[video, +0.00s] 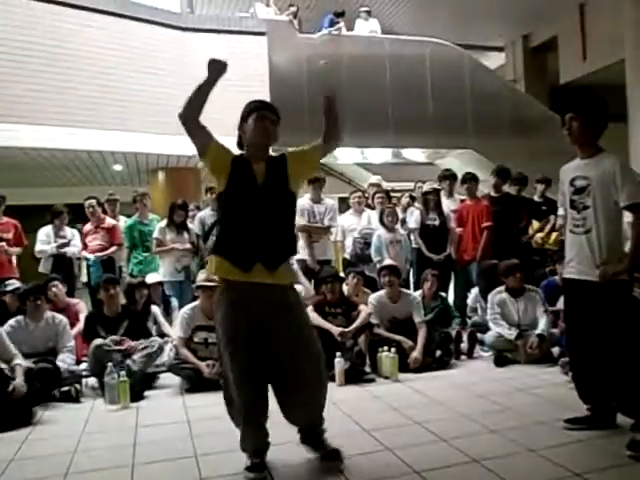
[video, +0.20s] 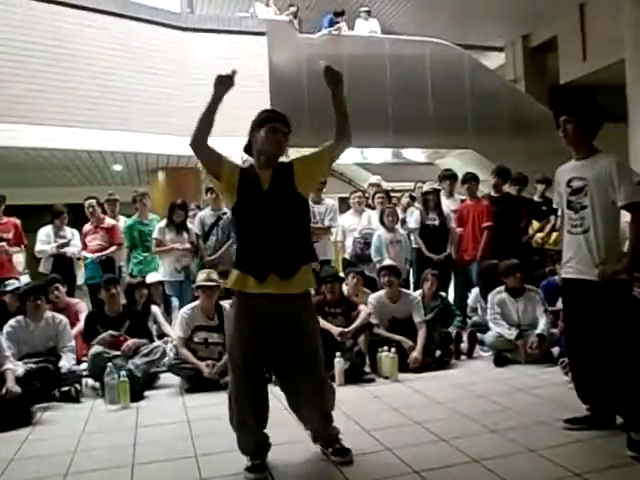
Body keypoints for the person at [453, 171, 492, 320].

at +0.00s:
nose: (466, 188)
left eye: (470, 184)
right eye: (464, 184)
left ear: (476, 185)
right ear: (462, 186)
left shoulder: (483, 206)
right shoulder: (461, 207)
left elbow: (486, 230)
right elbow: (458, 230)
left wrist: (479, 254)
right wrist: (454, 250)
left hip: (476, 255)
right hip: (462, 255)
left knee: (477, 291)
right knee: (459, 292)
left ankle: (479, 318)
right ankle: (459, 317)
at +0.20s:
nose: (467, 188)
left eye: (470, 184)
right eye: (465, 184)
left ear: (476, 185)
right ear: (462, 186)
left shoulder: (484, 206)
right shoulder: (462, 207)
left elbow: (486, 229)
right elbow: (458, 229)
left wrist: (479, 254)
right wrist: (455, 250)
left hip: (476, 255)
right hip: (462, 255)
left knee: (477, 291)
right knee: (460, 292)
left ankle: (479, 318)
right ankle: (460, 317)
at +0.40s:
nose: (468, 188)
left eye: (471, 184)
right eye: (466, 185)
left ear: (477, 186)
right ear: (463, 187)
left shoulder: (484, 206)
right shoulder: (462, 207)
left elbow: (487, 230)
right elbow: (457, 229)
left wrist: (480, 254)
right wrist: (454, 250)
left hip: (476, 255)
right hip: (462, 255)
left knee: (477, 291)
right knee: (460, 293)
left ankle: (479, 320)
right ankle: (460, 320)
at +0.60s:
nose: (468, 187)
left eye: (470, 184)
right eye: (465, 184)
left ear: (477, 185)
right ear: (463, 186)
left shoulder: (484, 205)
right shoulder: (462, 207)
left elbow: (487, 230)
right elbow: (457, 229)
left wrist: (479, 253)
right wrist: (454, 249)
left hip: (477, 256)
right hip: (461, 256)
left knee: (479, 293)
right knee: (459, 295)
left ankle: (483, 324)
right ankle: (460, 325)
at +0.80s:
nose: (469, 187)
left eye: (471, 184)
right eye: (466, 185)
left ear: (478, 185)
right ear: (464, 187)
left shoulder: (484, 205)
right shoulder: (462, 208)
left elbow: (487, 229)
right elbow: (458, 229)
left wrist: (480, 252)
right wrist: (455, 249)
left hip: (478, 256)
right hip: (462, 256)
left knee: (479, 292)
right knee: (460, 294)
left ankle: (483, 323)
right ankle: (460, 323)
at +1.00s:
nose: (469, 187)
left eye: (472, 184)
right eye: (466, 184)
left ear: (477, 185)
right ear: (463, 186)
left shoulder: (484, 206)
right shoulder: (462, 208)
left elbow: (487, 230)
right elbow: (457, 230)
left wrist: (480, 253)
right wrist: (454, 250)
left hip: (477, 255)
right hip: (462, 255)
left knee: (477, 290)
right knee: (460, 292)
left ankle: (479, 319)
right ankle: (460, 320)